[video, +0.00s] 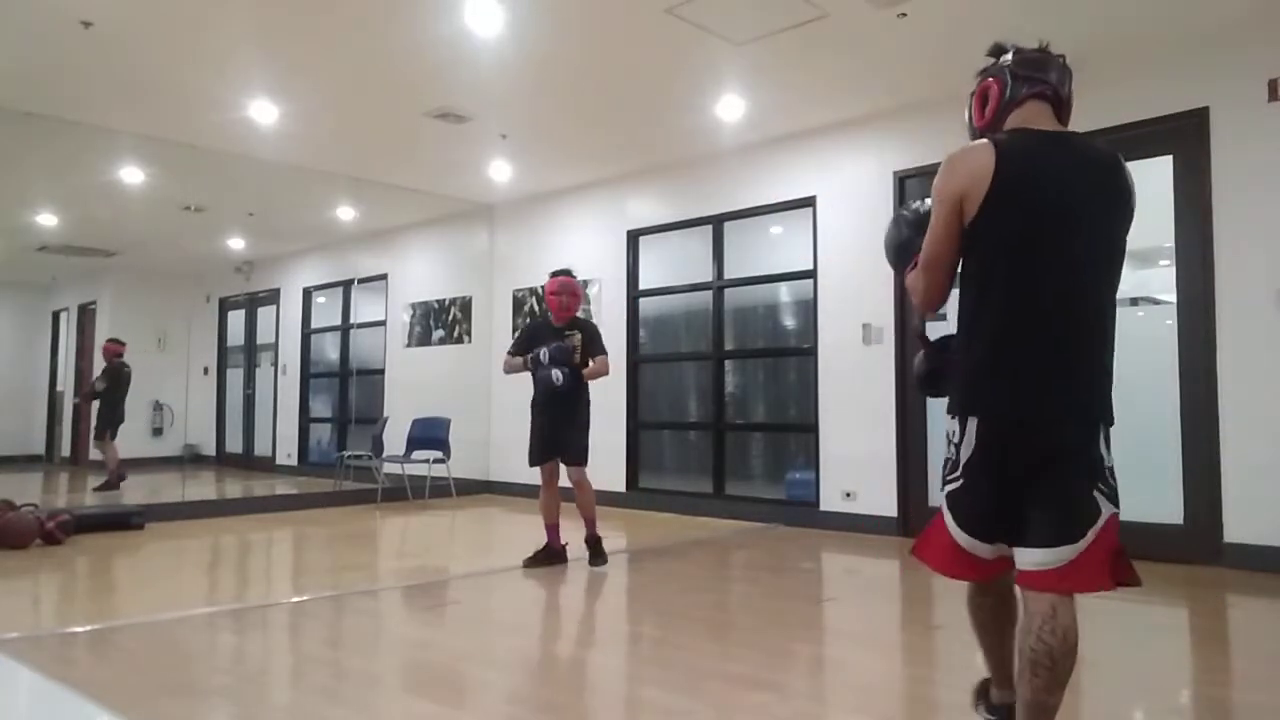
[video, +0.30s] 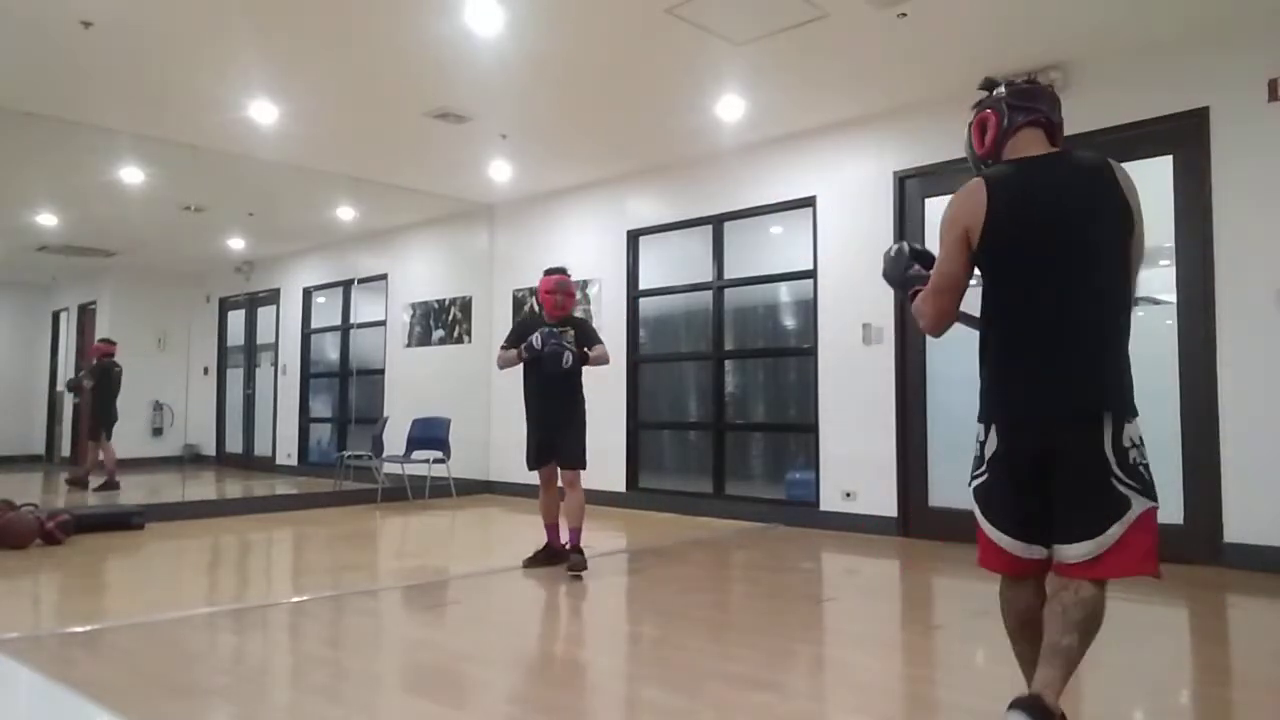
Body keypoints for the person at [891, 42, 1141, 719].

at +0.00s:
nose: (972, 112)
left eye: (973, 103)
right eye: (972, 105)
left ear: (990, 96)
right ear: (1063, 105)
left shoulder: (970, 164)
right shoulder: (1112, 171)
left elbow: (927, 295)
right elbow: (1086, 284)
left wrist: (911, 256)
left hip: (992, 398)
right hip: (1079, 397)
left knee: (987, 566)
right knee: (1051, 583)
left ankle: (1005, 691)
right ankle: (1036, 715)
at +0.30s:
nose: (975, 143)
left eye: (976, 132)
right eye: (973, 134)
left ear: (991, 126)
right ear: (1055, 126)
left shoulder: (978, 196)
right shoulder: (1115, 182)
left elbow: (933, 317)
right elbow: (1120, 289)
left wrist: (913, 280)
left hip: (1015, 408)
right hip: (1100, 404)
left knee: (1020, 570)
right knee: (1081, 568)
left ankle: (1044, 704)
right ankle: (1041, 697)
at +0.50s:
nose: (987, 149)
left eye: (988, 138)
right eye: (987, 140)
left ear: (1004, 134)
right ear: (1063, 133)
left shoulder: (990, 210)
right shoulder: (1121, 184)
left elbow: (934, 316)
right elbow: (1168, 285)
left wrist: (940, 282)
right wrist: (1094, 285)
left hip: (1032, 412)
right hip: (1117, 408)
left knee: (1030, 563)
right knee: (1137, 556)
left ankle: (1044, 706)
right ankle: (1128, 682)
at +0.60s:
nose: (1000, 146)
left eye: (1002, 135)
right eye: (1001, 136)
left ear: (1018, 132)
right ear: (1075, 132)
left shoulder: (1003, 207)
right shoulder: (1131, 183)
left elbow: (957, 315)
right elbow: (1174, 284)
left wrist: (969, 279)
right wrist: (1103, 279)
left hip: (1043, 408)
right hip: (1128, 402)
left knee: (1035, 558)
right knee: (1158, 551)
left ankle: (1043, 702)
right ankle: (1194, 690)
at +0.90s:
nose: (1075, 165)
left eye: (1076, 153)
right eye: (1075, 156)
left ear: (1095, 141)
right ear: (1144, 141)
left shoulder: (1091, 202)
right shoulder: (1203, 203)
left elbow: (1039, 313)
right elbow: (1169, 302)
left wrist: (1026, 352)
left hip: (1110, 411)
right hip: (1190, 411)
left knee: (1061, 550)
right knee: (1213, 560)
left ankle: (1047, 699)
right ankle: (1256, 697)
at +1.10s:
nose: (1114, 174)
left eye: (1114, 158)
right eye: (1109, 163)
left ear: (1145, 134)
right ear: (1169, 135)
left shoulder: (1157, 189)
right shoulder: (1224, 194)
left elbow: (1086, 294)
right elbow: (1177, 280)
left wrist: (1077, 340)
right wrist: (1106, 245)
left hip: (1172, 400)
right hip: (1236, 399)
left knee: (1127, 543)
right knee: (1242, 552)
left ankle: (1128, 697)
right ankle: (1261, 697)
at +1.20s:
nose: (1127, 167)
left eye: (1128, 150)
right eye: (1121, 155)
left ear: (1161, 133)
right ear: (1187, 134)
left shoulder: (1181, 188)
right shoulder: (1230, 190)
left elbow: (1094, 281)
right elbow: (1184, 277)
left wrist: (1089, 319)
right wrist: (1114, 275)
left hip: (1185, 404)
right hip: (1241, 402)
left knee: (1178, 555)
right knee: (1247, 552)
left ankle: (1205, 705)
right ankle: (1264, 697)